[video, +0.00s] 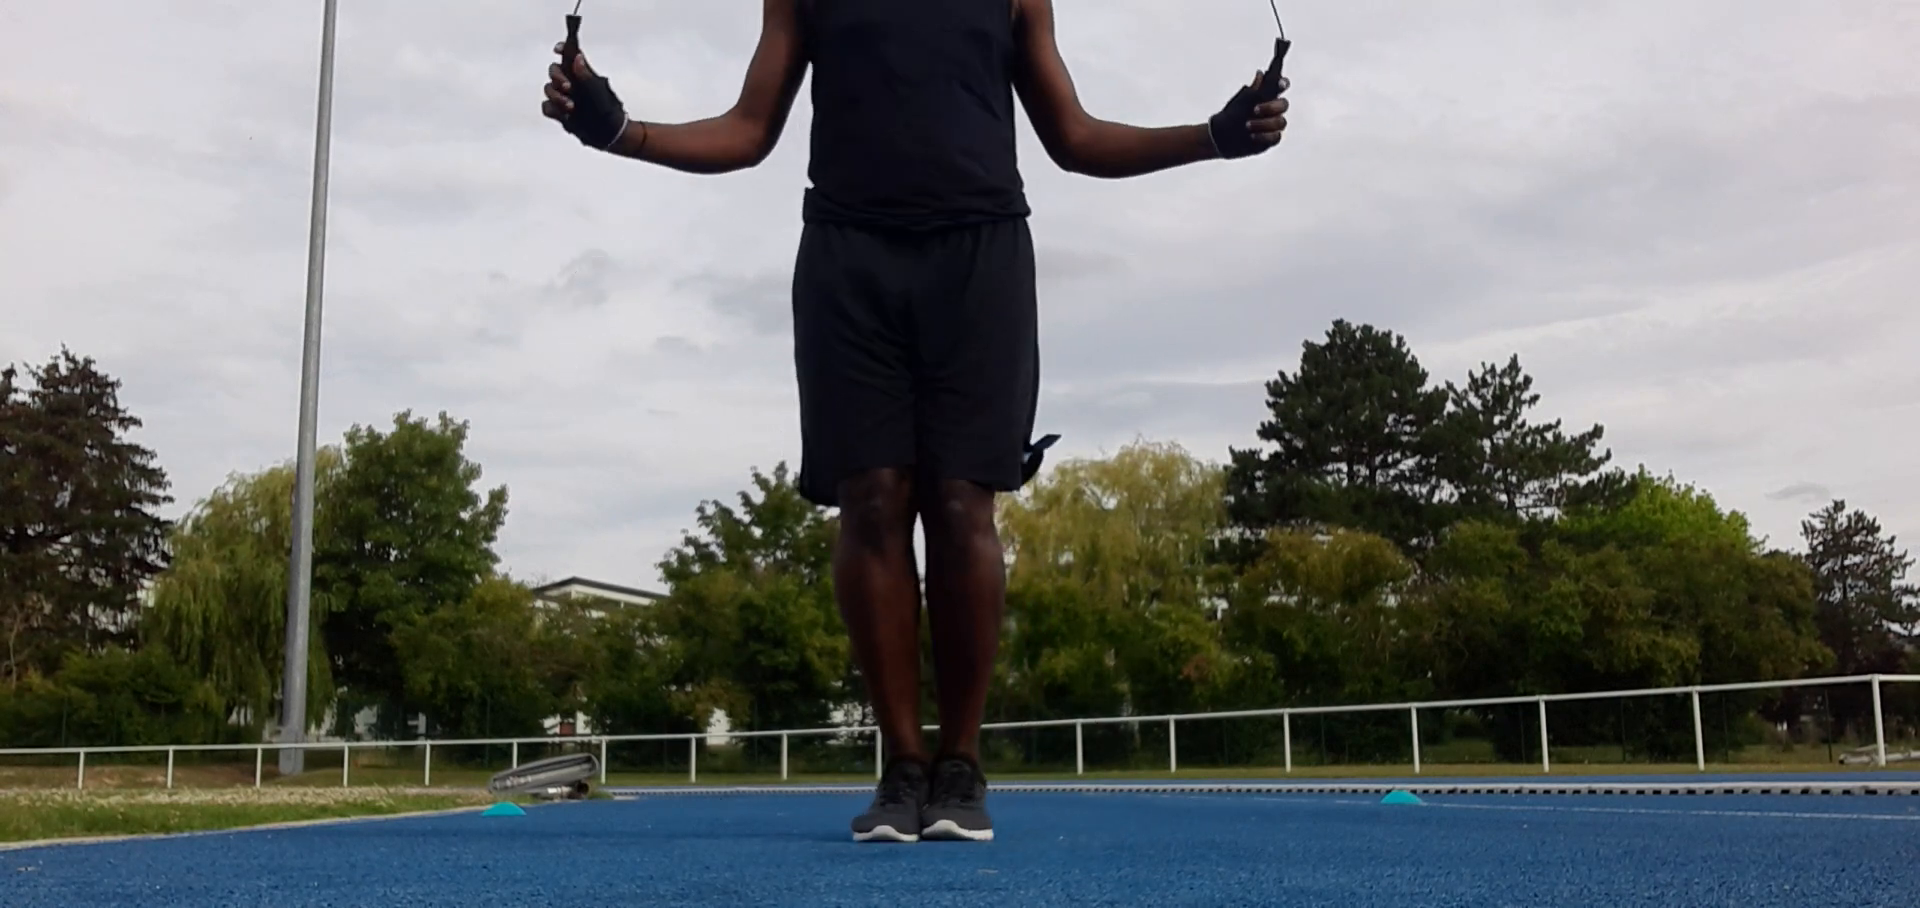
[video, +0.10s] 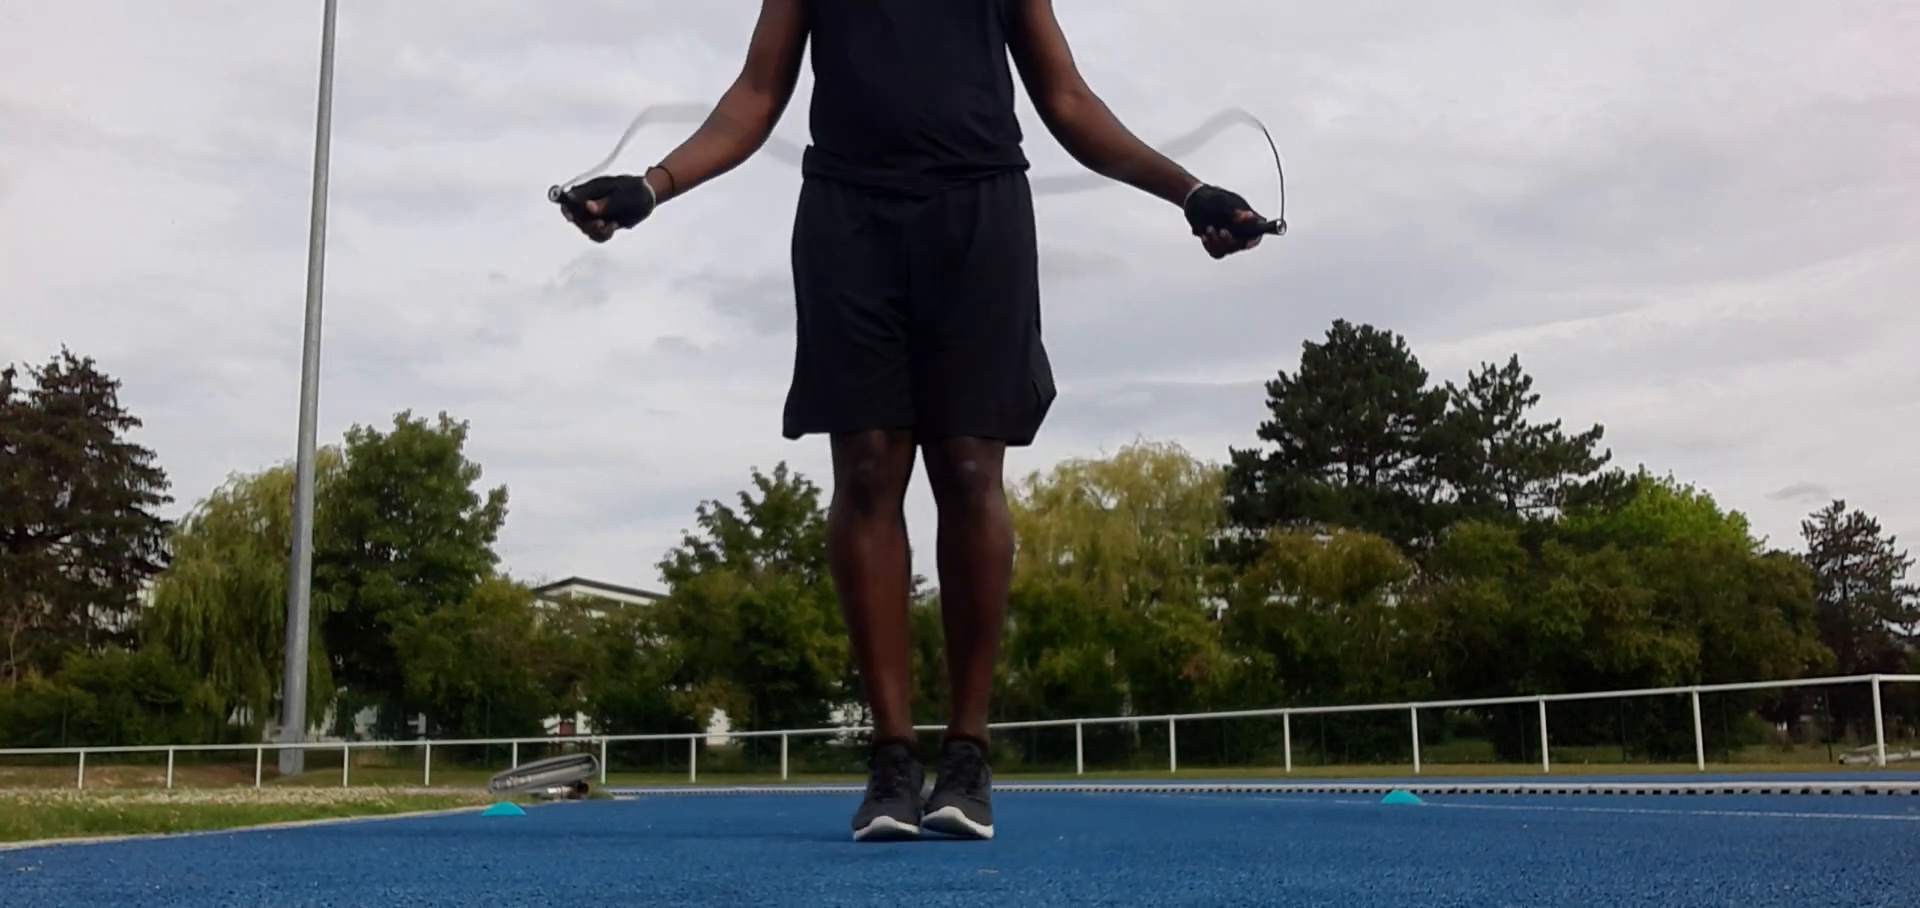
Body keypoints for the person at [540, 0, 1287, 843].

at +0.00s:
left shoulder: (1011, 6)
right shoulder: (802, 7)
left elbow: (1074, 136)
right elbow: (744, 131)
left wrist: (1214, 135)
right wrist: (617, 129)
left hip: (980, 248)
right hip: (849, 248)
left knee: (962, 506)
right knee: (871, 504)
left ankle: (958, 773)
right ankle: (903, 775)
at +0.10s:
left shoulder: (1007, 1)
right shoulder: (802, 1)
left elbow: (1067, 98)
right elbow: (757, 91)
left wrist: (1189, 188)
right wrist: (652, 184)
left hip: (979, 207)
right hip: (848, 209)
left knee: (968, 468)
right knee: (866, 464)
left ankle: (966, 759)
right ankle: (894, 765)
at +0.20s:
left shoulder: (1007, 5)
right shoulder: (801, 5)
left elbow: (1055, 99)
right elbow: (767, 91)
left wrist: (1193, 184)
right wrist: (651, 192)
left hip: (979, 193)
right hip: (847, 198)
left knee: (960, 453)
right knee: (871, 453)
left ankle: (965, 733)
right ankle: (889, 736)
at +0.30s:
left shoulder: (1008, 7)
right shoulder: (803, 6)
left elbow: (1063, 134)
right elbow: (766, 128)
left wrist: (1214, 143)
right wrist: (631, 152)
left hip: (978, 232)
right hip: (849, 233)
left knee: (957, 495)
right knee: (870, 495)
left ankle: (956, 766)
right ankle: (892, 768)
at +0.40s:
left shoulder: (1008, 4)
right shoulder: (799, 3)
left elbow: (1069, 132)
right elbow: (752, 129)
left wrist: (1204, 167)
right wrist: (638, 160)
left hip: (976, 251)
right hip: (850, 251)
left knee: (955, 500)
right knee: (867, 500)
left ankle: (954, 765)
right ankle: (896, 769)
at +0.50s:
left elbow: (1062, 100)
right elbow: (761, 89)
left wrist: (1179, 212)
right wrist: (661, 212)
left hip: (978, 201)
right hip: (848, 205)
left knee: (963, 459)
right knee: (867, 459)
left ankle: (965, 742)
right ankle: (887, 745)